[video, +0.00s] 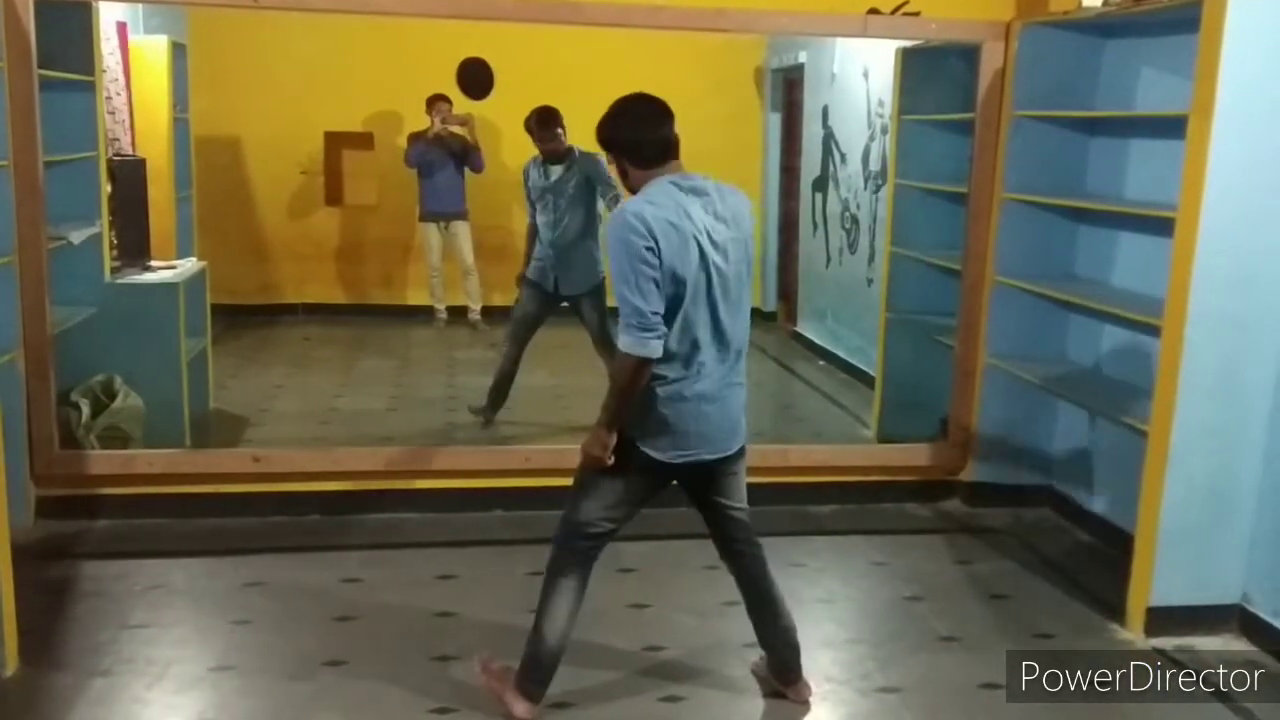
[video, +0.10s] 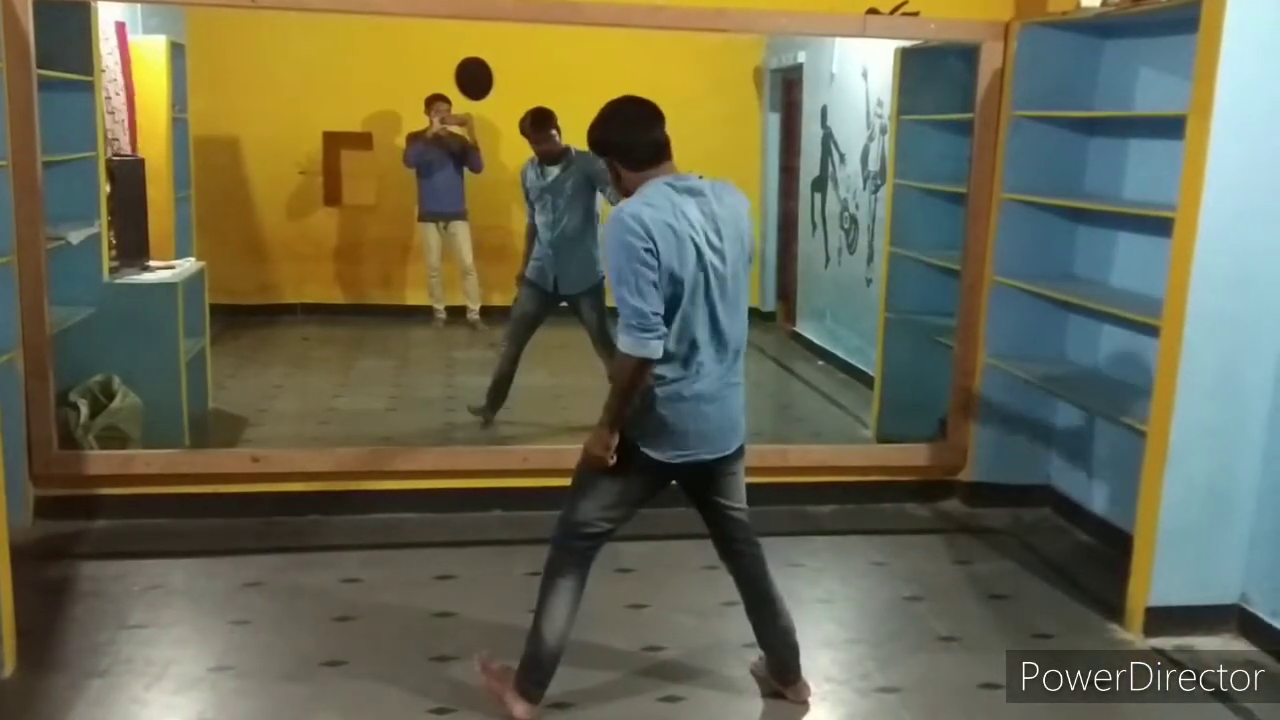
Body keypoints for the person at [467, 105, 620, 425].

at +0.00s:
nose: (550, 147)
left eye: (553, 138)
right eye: (543, 141)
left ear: (563, 131)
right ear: (534, 140)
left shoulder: (589, 164)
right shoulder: (532, 170)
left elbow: (618, 206)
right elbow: (534, 221)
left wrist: (630, 254)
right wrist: (526, 267)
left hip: (582, 270)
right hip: (542, 270)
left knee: (603, 342)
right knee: (515, 339)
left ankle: (635, 403)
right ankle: (490, 408)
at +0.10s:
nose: (538, 150)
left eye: (542, 142)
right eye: (533, 143)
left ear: (557, 133)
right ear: (528, 141)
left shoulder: (586, 164)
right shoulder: (530, 172)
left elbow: (621, 200)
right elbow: (533, 222)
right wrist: (525, 268)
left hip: (582, 270)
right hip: (542, 270)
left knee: (603, 343)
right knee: (514, 339)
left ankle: (634, 403)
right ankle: (490, 407)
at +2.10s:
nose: (527, 134)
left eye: (533, 127)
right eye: (521, 128)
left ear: (547, 128)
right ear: (515, 131)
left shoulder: (575, 160)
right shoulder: (510, 165)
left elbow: (598, 204)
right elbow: (503, 218)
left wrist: (595, 254)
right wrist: (511, 265)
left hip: (577, 266)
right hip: (532, 269)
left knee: (594, 334)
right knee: (505, 340)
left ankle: (594, 403)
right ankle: (488, 409)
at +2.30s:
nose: (532, 135)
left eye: (539, 128)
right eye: (526, 129)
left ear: (550, 130)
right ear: (517, 131)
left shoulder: (572, 166)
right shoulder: (509, 168)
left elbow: (588, 212)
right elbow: (504, 220)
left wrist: (586, 261)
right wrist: (510, 265)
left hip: (573, 271)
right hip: (531, 271)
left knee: (594, 340)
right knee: (502, 342)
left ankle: (593, 405)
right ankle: (487, 410)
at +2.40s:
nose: (523, 133)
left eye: (530, 125)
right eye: (519, 126)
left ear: (547, 125)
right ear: (516, 127)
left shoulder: (566, 162)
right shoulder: (508, 164)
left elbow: (582, 185)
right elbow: (502, 216)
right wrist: (505, 261)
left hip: (570, 272)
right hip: (528, 271)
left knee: (591, 342)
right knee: (500, 340)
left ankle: (588, 406)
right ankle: (486, 410)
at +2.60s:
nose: (534, 134)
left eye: (539, 127)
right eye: (528, 128)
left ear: (550, 128)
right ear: (519, 130)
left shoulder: (564, 159)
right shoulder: (509, 168)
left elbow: (571, 180)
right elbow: (504, 218)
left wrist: (534, 158)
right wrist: (507, 261)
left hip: (569, 272)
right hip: (530, 273)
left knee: (588, 340)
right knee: (502, 341)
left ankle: (585, 401)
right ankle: (487, 410)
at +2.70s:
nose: (539, 137)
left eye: (544, 130)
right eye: (532, 131)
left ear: (554, 131)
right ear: (521, 132)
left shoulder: (564, 166)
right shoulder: (511, 169)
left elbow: (538, 198)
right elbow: (503, 220)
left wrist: (511, 176)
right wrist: (509, 265)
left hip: (567, 274)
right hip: (531, 274)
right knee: (502, 339)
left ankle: (592, 407)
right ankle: (488, 409)